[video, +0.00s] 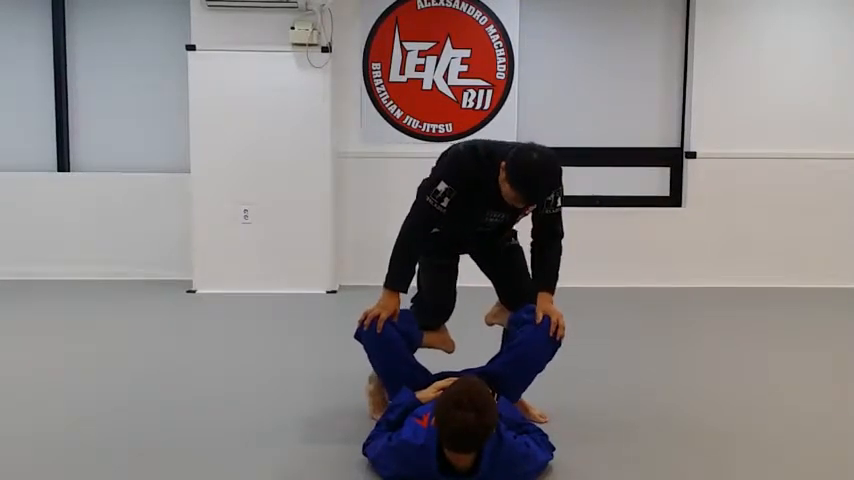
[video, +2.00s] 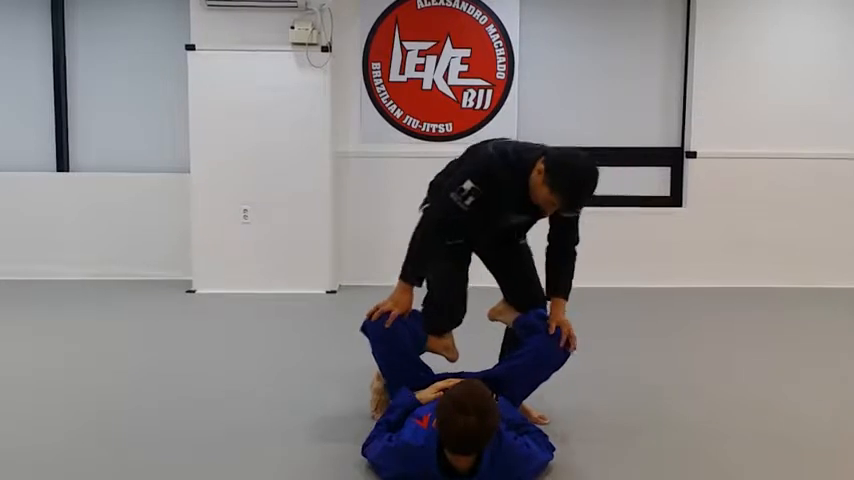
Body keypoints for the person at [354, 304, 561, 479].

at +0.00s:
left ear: (434, 419)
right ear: (495, 418)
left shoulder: (407, 452)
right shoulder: (515, 456)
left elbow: (374, 443)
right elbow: (540, 442)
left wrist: (414, 397)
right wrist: (506, 403)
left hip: (424, 396)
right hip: (492, 393)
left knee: (373, 327)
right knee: (546, 326)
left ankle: (431, 333)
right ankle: (509, 312)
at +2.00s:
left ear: (437, 426)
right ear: (495, 425)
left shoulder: (405, 454)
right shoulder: (516, 457)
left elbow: (373, 444)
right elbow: (541, 443)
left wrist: (412, 398)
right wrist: (503, 403)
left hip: (424, 395)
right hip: (494, 393)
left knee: (381, 324)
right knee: (556, 341)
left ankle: (435, 339)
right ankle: (510, 314)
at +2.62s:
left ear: (438, 425)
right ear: (497, 426)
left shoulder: (406, 453)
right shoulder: (515, 456)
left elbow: (374, 444)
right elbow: (541, 444)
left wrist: (412, 397)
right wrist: (522, 414)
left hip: (428, 392)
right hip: (497, 395)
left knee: (403, 316)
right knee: (564, 349)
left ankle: (457, 320)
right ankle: (522, 318)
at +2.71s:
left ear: (438, 425)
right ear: (497, 427)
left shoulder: (406, 453)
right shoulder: (515, 457)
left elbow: (374, 443)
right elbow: (541, 444)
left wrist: (412, 397)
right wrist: (521, 413)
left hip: (429, 391)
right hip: (498, 395)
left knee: (404, 314)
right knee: (564, 349)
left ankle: (457, 324)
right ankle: (530, 320)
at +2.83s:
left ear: (438, 425)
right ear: (497, 427)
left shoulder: (406, 453)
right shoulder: (515, 457)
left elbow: (374, 443)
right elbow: (541, 443)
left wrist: (412, 397)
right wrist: (513, 408)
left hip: (428, 391)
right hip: (497, 395)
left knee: (404, 313)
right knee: (563, 348)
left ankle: (457, 329)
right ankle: (530, 315)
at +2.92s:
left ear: (438, 425)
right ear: (496, 426)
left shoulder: (407, 452)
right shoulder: (515, 456)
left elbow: (374, 444)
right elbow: (541, 444)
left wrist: (412, 397)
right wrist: (511, 407)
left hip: (428, 391)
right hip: (497, 395)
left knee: (403, 313)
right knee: (563, 349)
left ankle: (456, 329)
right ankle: (533, 311)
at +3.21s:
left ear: (438, 426)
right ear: (495, 427)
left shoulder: (407, 453)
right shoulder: (514, 457)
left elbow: (374, 443)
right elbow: (541, 443)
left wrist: (413, 397)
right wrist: (506, 404)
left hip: (427, 395)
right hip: (496, 395)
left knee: (406, 313)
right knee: (562, 348)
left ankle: (454, 346)